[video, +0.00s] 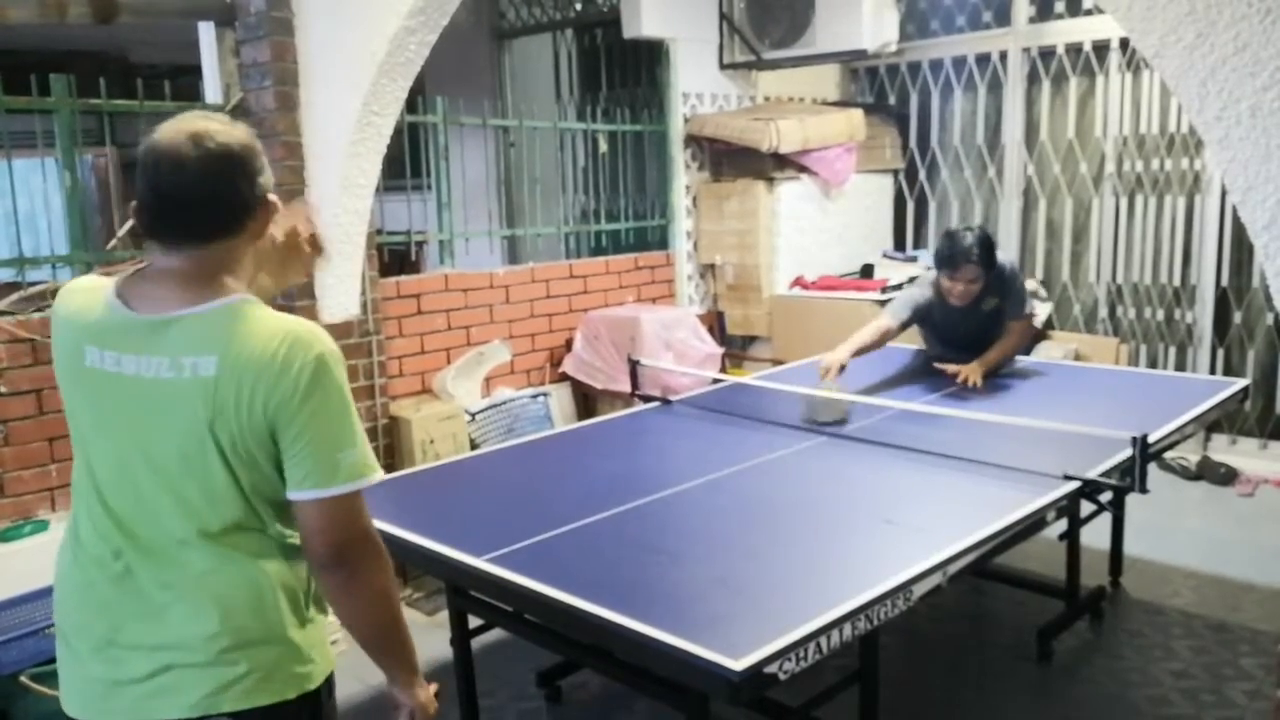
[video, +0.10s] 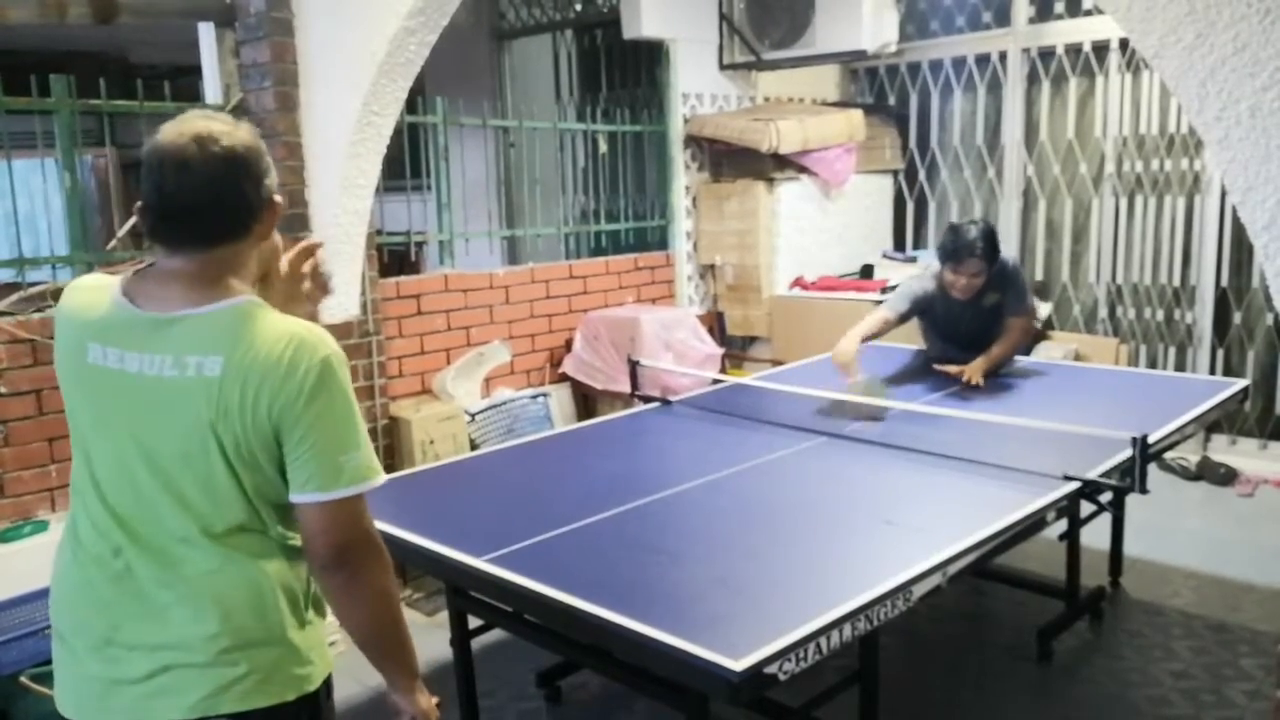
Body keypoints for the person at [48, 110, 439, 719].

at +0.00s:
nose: (276, 207)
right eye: (273, 197)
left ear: (141, 215)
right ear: (262, 216)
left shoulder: (75, 312)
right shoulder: (289, 350)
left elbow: (165, 299)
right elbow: (338, 546)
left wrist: (266, 267)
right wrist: (407, 678)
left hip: (97, 670)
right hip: (245, 677)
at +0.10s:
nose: (280, 213)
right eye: (278, 201)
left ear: (147, 215)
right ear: (269, 216)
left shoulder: (79, 309)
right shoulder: (293, 354)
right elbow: (339, 549)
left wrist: (265, 307)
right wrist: (406, 683)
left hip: (92, 672)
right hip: (244, 679)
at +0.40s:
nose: (228, 215)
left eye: (225, 199)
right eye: (225, 200)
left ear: (99, 220)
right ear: (210, 215)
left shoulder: (40, 328)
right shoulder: (235, 356)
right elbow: (291, 550)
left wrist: (221, 322)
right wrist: (387, 680)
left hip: (70, 676)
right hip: (216, 681)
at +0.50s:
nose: (202, 230)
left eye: (203, 212)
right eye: (201, 212)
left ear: (75, 219)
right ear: (175, 219)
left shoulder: (15, 340)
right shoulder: (201, 356)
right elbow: (256, 551)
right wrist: (359, 678)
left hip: (56, 682)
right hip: (198, 686)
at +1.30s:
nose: (175, 229)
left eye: (172, 211)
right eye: (166, 211)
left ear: (44, 225)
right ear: (124, 230)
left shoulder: (8, 335)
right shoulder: (182, 343)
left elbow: (13, 515)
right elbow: (265, 517)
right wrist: (363, 608)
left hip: (54, 673)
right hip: (198, 669)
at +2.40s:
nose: (259, 242)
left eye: (255, 222)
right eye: (248, 222)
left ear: (129, 233)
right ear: (198, 237)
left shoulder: (51, 340)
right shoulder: (229, 358)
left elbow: (36, 504)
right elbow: (246, 552)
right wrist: (390, 582)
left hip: (66, 681)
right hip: (208, 683)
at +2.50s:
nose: (317, 256)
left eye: (315, 237)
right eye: (308, 239)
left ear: (199, 245)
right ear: (260, 251)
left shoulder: (99, 326)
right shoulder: (280, 376)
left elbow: (66, 495)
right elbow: (311, 561)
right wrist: (452, 553)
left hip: (75, 670)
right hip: (219, 681)